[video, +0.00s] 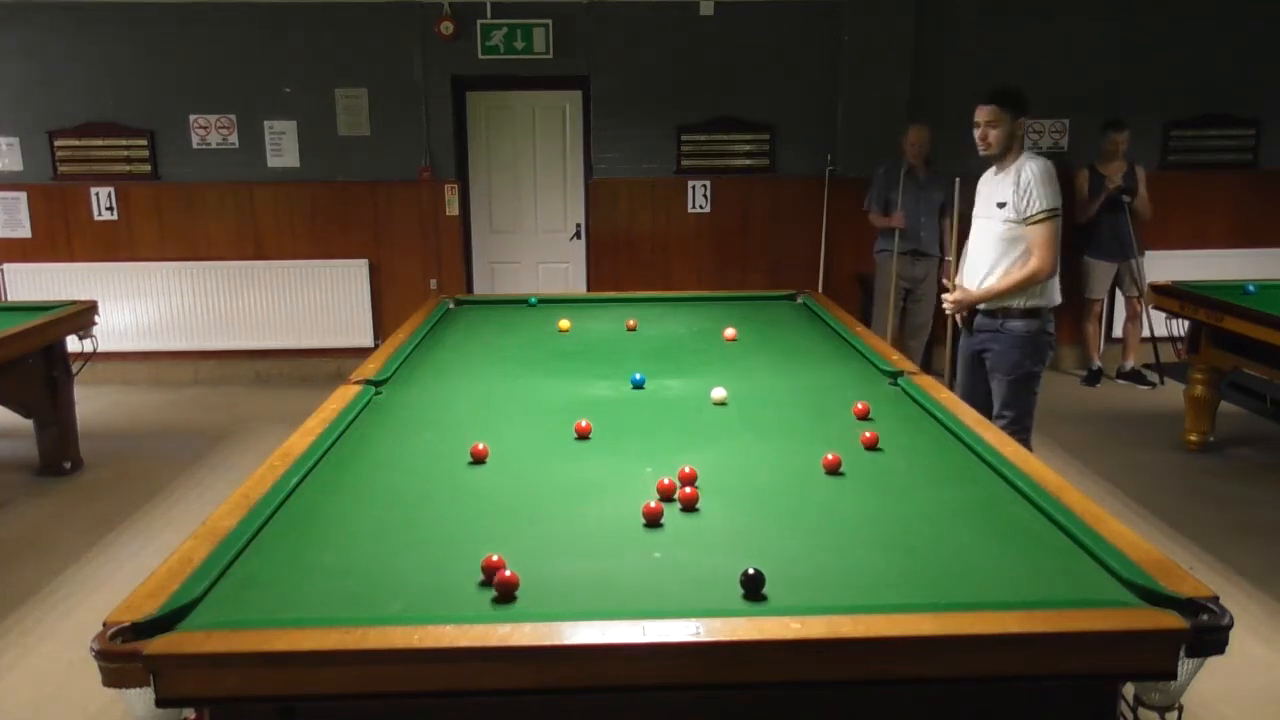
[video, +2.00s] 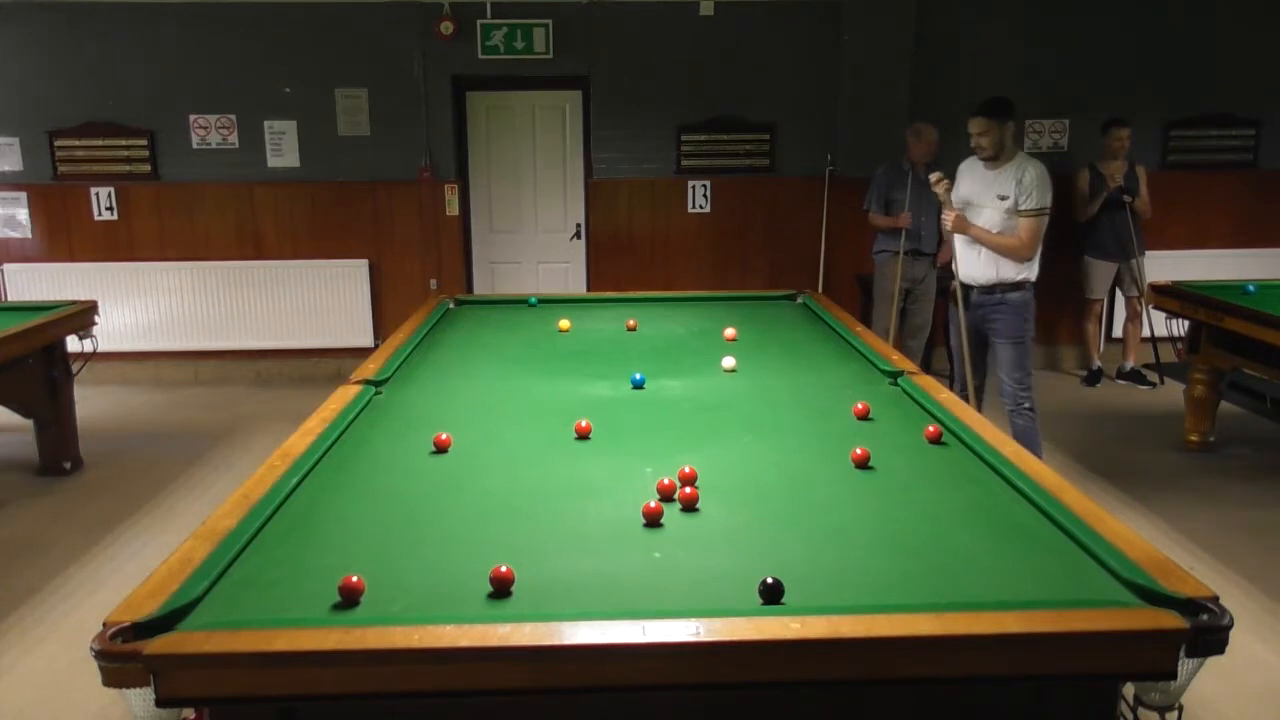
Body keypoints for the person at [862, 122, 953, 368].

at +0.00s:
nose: (917, 150)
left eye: (922, 145)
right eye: (912, 145)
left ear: (929, 147)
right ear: (904, 145)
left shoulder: (938, 179)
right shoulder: (888, 175)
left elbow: (946, 221)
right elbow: (874, 216)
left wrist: (949, 261)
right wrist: (889, 221)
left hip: (928, 259)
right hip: (893, 257)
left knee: (918, 331)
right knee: (885, 326)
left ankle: (909, 386)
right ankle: (878, 383)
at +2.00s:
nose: (930, 149)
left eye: (933, 144)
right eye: (925, 143)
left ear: (936, 147)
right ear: (910, 143)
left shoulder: (935, 179)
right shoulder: (888, 173)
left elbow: (946, 216)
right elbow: (873, 217)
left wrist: (948, 244)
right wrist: (895, 222)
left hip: (926, 261)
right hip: (892, 259)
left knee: (918, 331)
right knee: (884, 326)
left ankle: (908, 386)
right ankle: (877, 383)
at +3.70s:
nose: (917, 152)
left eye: (922, 147)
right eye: (913, 146)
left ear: (928, 149)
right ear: (904, 147)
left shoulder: (935, 179)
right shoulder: (888, 175)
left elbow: (944, 218)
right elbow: (865, 213)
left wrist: (932, 248)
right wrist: (877, 248)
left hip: (923, 261)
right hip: (889, 260)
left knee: (915, 330)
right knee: (883, 326)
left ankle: (912, 385)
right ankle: (879, 381)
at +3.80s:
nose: (916, 152)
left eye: (920, 147)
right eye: (911, 147)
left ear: (926, 150)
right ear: (902, 148)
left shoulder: (932, 180)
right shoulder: (884, 176)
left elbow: (939, 220)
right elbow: (860, 212)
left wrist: (931, 256)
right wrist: (869, 249)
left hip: (919, 260)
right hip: (886, 258)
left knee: (914, 330)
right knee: (881, 326)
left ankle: (911, 387)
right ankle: (876, 385)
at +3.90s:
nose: (912, 153)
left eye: (916, 148)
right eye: (907, 148)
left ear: (922, 150)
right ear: (897, 148)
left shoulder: (929, 180)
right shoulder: (880, 176)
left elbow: (936, 220)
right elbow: (854, 211)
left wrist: (926, 253)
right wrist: (864, 246)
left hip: (917, 263)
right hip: (882, 259)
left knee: (912, 331)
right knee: (879, 329)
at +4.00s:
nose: (906, 152)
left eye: (910, 147)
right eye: (901, 147)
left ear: (916, 149)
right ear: (892, 148)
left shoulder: (921, 179)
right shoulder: (876, 175)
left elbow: (931, 219)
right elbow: (850, 211)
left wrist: (921, 255)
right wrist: (860, 249)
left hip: (913, 262)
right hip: (879, 260)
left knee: (909, 331)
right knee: (877, 329)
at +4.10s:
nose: (897, 152)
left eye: (902, 147)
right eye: (892, 147)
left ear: (909, 149)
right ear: (884, 148)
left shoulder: (917, 179)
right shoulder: (869, 176)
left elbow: (926, 220)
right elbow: (846, 215)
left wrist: (917, 261)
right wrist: (856, 251)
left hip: (909, 260)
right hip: (875, 258)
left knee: (906, 324)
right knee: (875, 324)